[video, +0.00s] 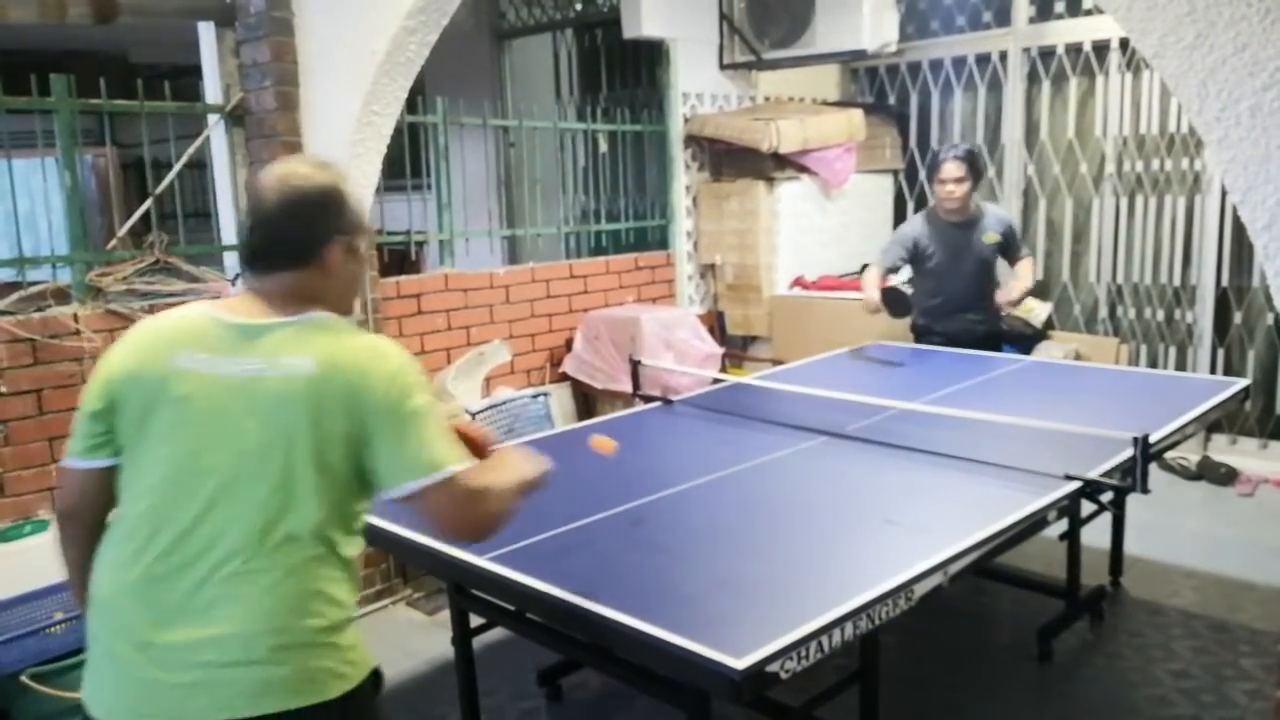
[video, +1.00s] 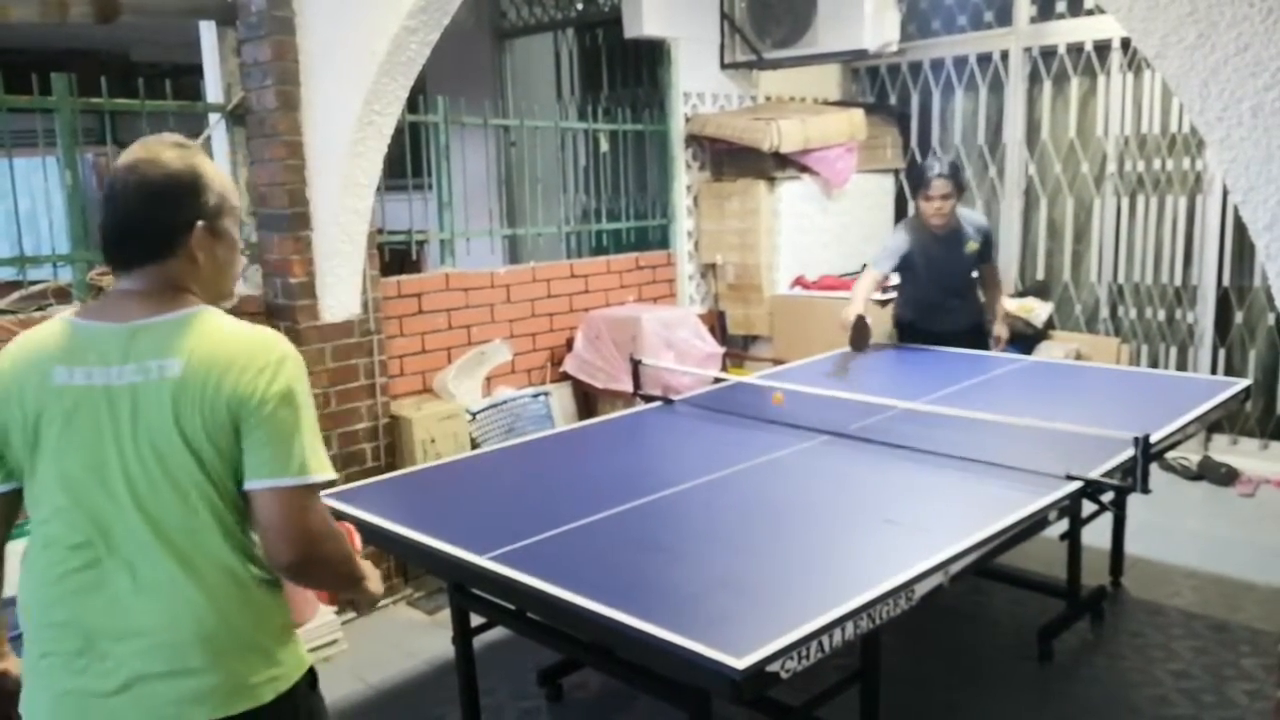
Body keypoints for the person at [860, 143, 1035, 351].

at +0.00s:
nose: (950, 190)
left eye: (959, 181)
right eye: (942, 182)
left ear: (974, 182)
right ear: (932, 184)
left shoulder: (996, 223)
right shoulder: (915, 230)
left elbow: (1021, 258)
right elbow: (876, 268)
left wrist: (1015, 290)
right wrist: (872, 294)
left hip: (984, 338)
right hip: (934, 340)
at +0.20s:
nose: (962, 184)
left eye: (971, 175)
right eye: (954, 176)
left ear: (986, 177)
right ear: (943, 179)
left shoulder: (1013, 216)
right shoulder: (926, 222)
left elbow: (1046, 251)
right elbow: (890, 260)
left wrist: (1036, 261)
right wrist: (882, 287)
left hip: (990, 331)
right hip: (940, 331)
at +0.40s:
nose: (958, 187)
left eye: (966, 178)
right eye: (949, 179)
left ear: (981, 179)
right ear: (939, 180)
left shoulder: (1006, 219)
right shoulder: (922, 224)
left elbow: (1033, 253)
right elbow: (882, 262)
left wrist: (1025, 276)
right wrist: (880, 290)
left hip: (988, 336)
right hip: (937, 336)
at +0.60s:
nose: (947, 197)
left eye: (956, 188)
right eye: (939, 189)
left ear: (970, 188)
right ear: (927, 189)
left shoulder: (992, 228)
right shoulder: (914, 230)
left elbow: (1008, 270)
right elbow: (874, 276)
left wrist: (1006, 314)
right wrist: (883, 309)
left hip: (979, 348)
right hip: (928, 349)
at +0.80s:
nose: (934, 213)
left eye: (942, 204)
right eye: (925, 206)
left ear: (953, 202)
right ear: (912, 207)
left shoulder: (972, 233)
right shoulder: (905, 243)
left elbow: (988, 282)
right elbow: (886, 283)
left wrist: (1000, 330)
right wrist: (868, 308)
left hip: (968, 334)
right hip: (920, 336)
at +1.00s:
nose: (938, 206)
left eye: (946, 198)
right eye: (928, 199)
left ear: (958, 197)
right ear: (915, 200)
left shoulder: (976, 228)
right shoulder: (906, 235)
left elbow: (989, 276)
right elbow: (874, 272)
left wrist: (998, 319)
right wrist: (857, 306)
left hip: (966, 325)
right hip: (917, 326)